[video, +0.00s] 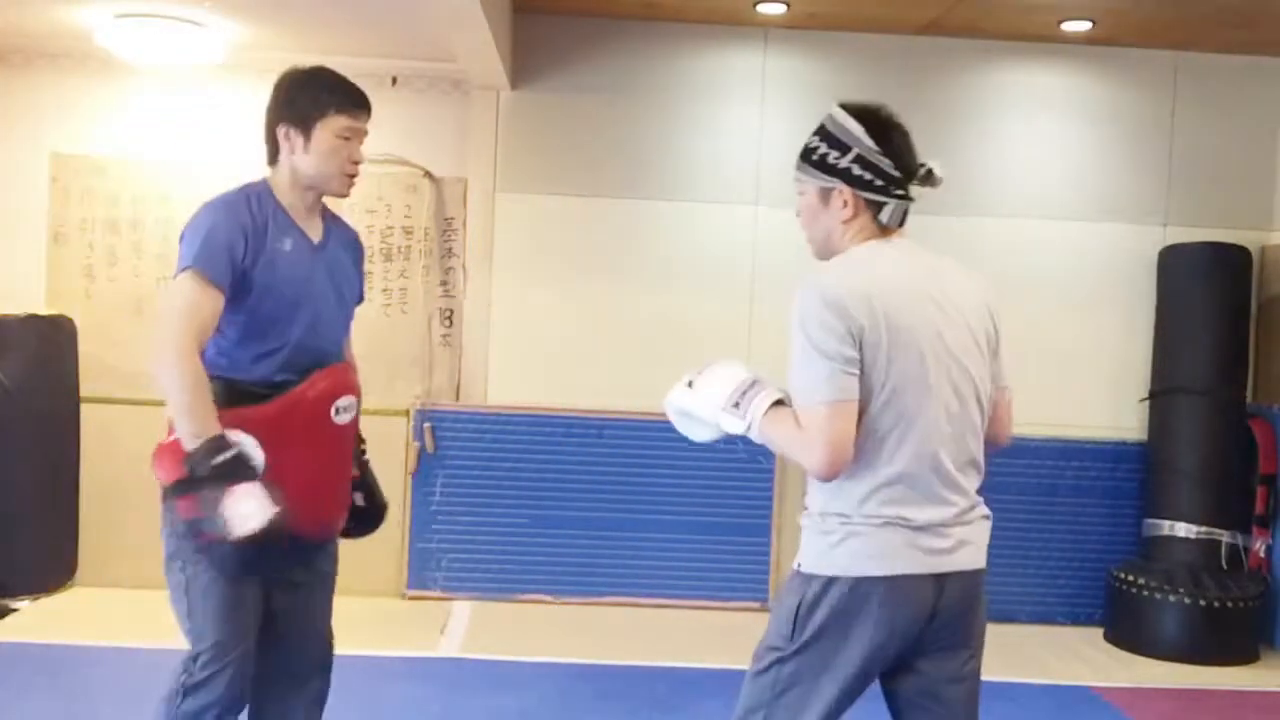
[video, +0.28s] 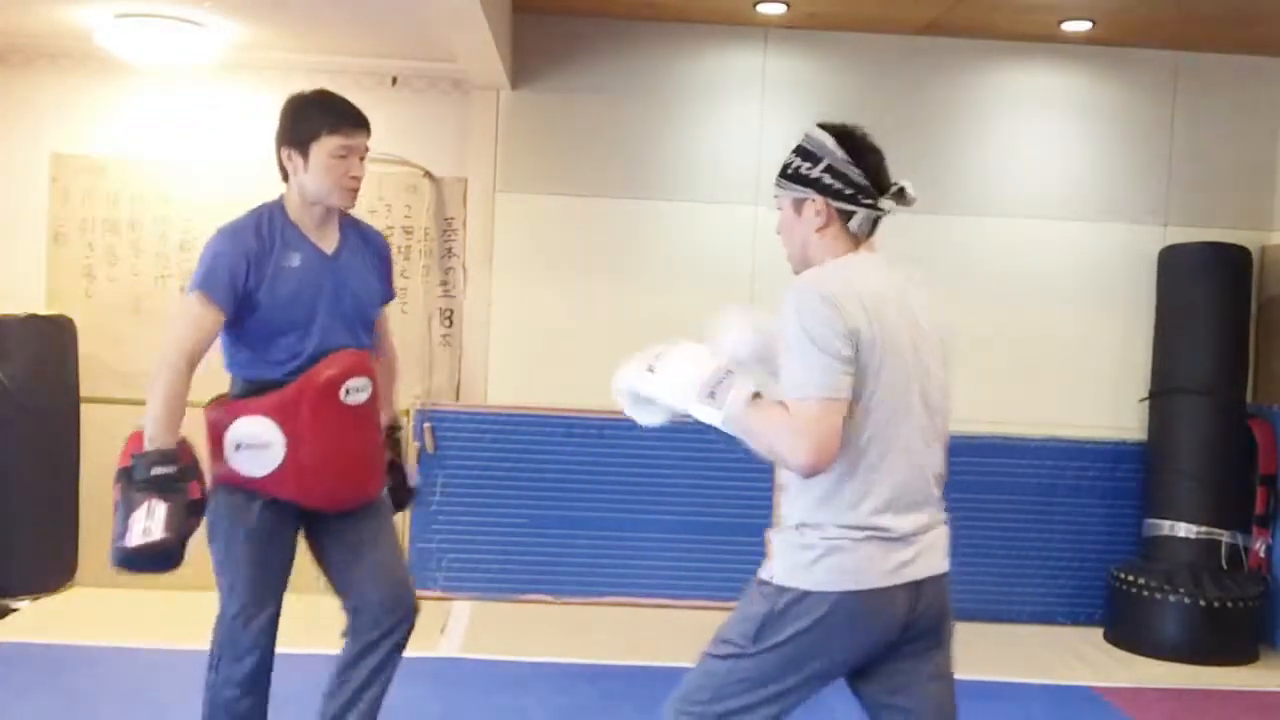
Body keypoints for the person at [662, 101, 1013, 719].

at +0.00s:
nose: (798, 215)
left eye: (805, 198)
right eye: (799, 198)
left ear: (844, 202)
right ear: (871, 204)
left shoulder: (834, 288)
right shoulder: (966, 287)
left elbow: (825, 452)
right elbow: (996, 429)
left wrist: (744, 399)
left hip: (856, 582)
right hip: (959, 578)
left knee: (767, 712)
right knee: (946, 716)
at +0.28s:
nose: (778, 227)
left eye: (781, 209)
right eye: (778, 209)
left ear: (817, 210)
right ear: (855, 215)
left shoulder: (818, 296)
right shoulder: (912, 295)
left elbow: (808, 446)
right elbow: (888, 428)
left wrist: (718, 390)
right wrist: (777, 365)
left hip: (824, 588)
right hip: (919, 584)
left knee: (697, 710)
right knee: (926, 713)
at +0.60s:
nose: (682, 203)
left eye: (684, 187)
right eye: (682, 187)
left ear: (706, 191)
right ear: (763, 194)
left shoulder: (723, 278)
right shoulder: (809, 277)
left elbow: (638, 416)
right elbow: (755, 402)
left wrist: (592, 332)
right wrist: (685, 318)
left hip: (726, 541)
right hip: (795, 533)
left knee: (662, 698)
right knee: (703, 673)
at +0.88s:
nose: (660, 203)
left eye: (662, 187)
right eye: (664, 187)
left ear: (678, 195)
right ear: (740, 201)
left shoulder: (666, 286)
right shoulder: (778, 286)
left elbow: (551, 381)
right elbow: (833, 383)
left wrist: (549, 302)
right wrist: (782, 325)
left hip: (635, 535)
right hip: (694, 531)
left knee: (611, 708)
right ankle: (473, 456)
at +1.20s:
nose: (626, 208)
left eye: (629, 196)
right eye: (630, 196)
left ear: (642, 204)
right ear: (704, 212)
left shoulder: (602, 289)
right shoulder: (745, 309)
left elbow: (562, 418)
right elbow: (745, 434)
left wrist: (539, 371)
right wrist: (686, 391)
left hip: (607, 536)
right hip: (701, 536)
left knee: (571, 698)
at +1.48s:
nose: (600, 237)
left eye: (605, 227)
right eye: (606, 227)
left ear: (613, 233)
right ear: (669, 248)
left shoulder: (562, 292)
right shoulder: (701, 328)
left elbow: (492, 376)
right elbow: (714, 446)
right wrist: (668, 395)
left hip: (543, 526)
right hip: (643, 539)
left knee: (483, 642)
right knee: (682, 691)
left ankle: (436, 713)